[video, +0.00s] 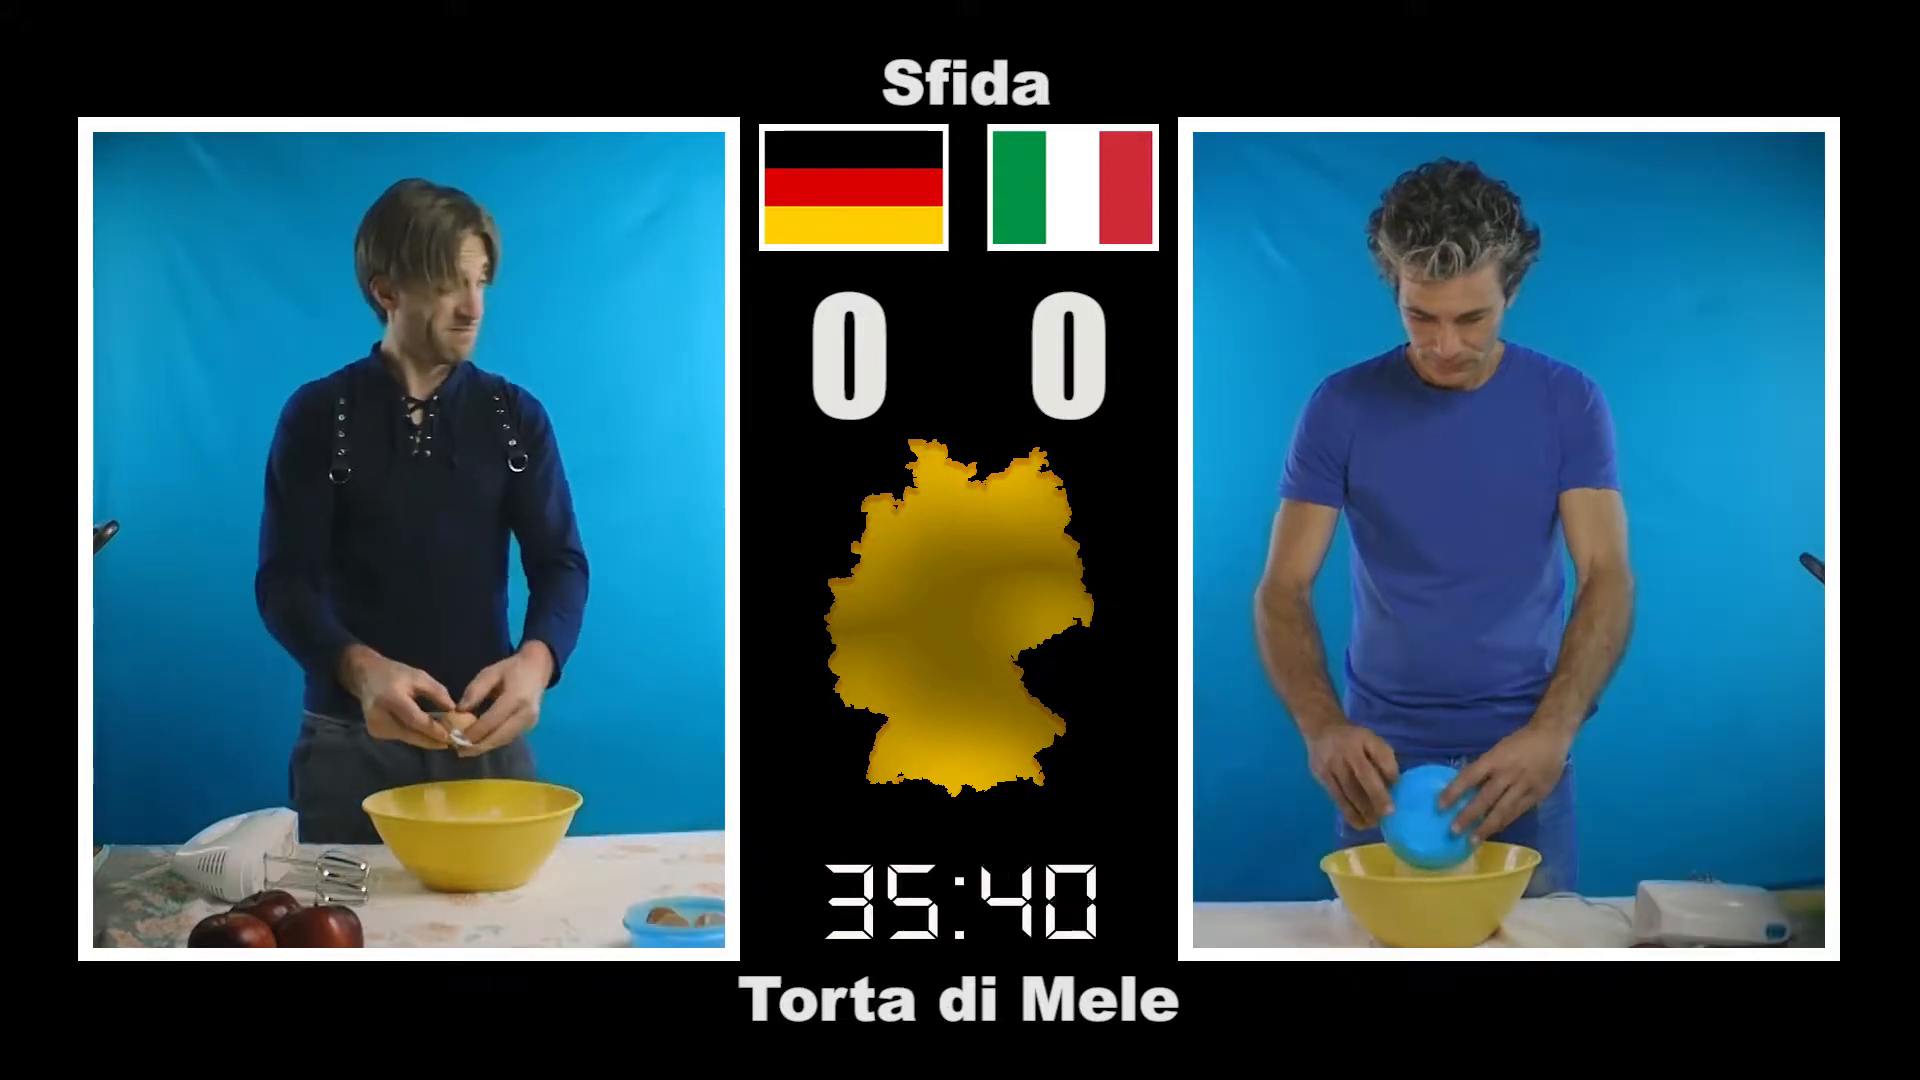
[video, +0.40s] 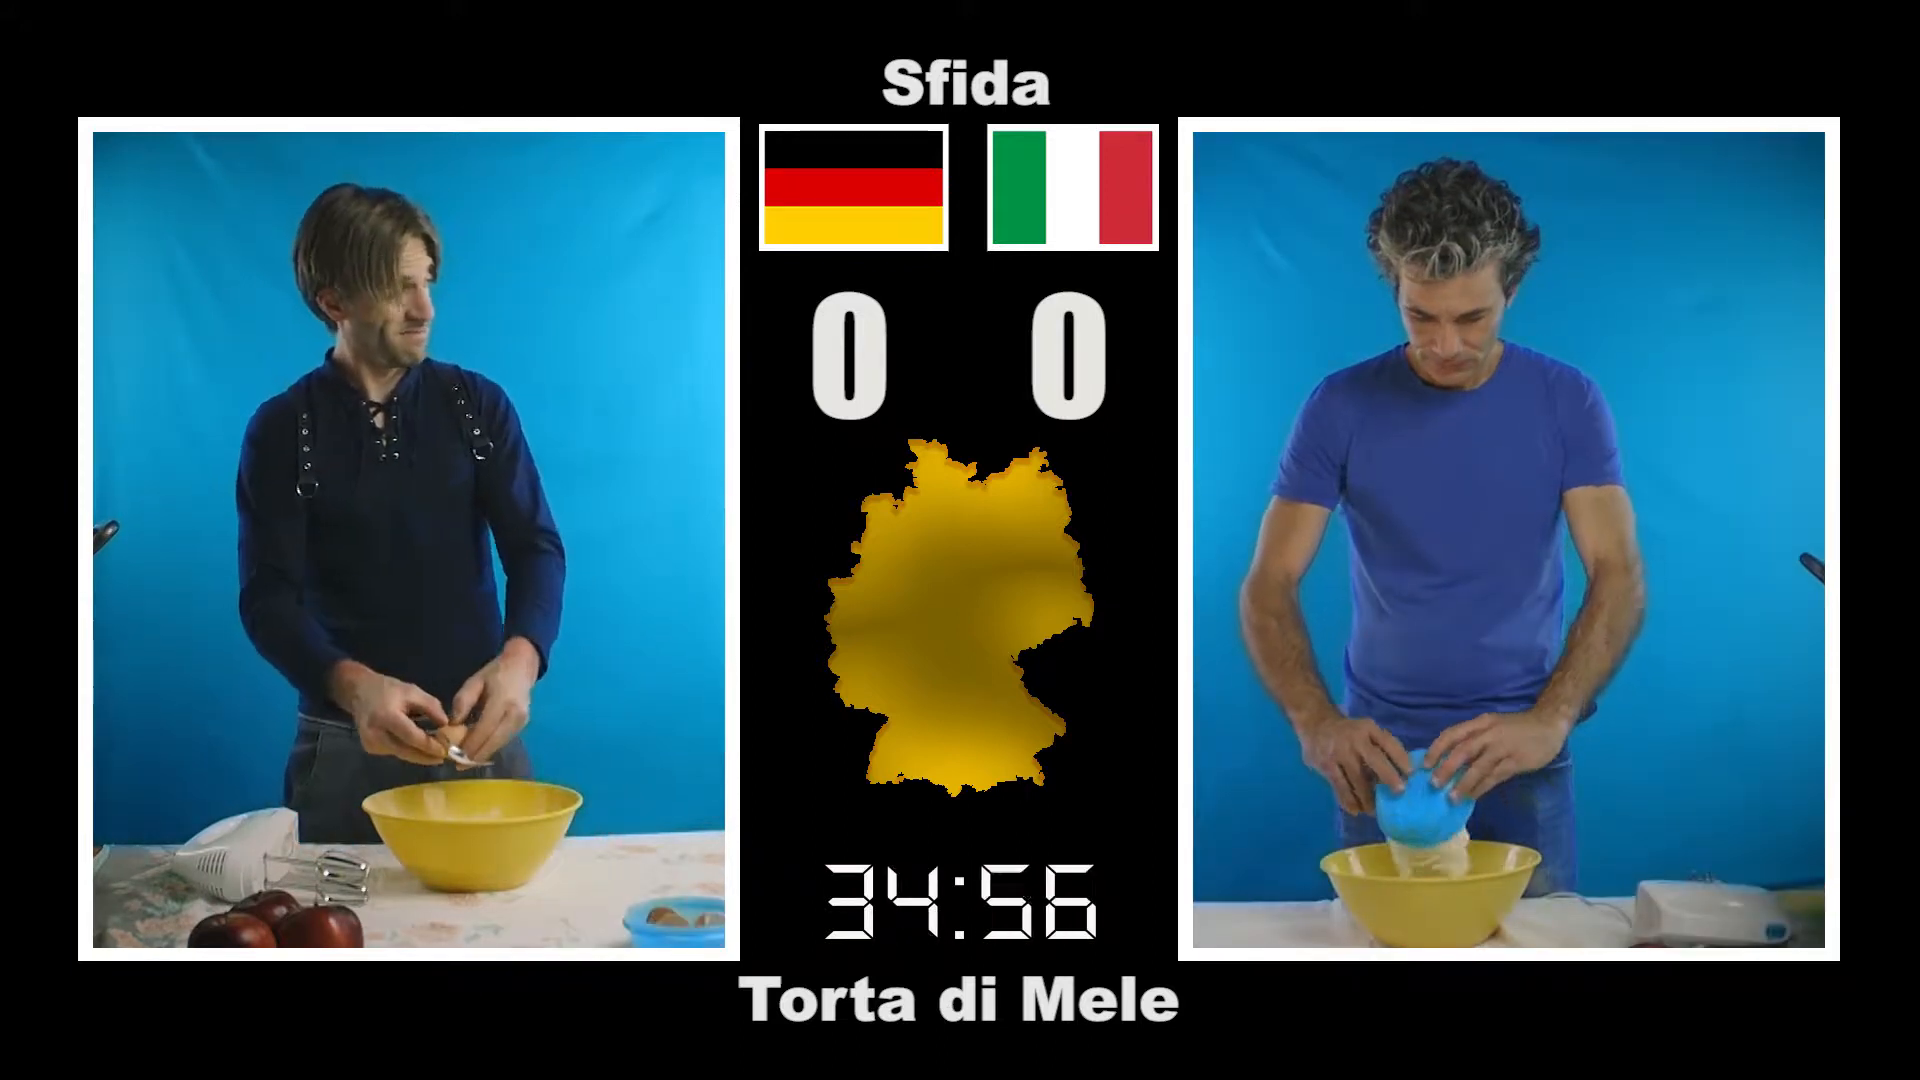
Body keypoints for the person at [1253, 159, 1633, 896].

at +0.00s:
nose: (1447, 344)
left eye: (1471, 317)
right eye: (1423, 317)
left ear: (1508, 292)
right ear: (1397, 292)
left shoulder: (1564, 402)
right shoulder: (1344, 406)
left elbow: (1607, 577)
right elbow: (1283, 591)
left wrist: (1550, 732)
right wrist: (1324, 729)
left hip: (1523, 751)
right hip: (1384, 751)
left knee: (1528, 948)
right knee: (1384, 950)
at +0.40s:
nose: (1447, 344)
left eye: (1472, 317)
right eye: (1423, 317)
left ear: (1507, 292)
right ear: (1396, 292)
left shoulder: (1562, 402)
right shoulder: (1343, 406)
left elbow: (1618, 576)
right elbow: (1269, 587)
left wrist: (1550, 718)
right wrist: (1319, 723)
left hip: (1520, 752)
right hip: (1382, 753)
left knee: (1529, 948)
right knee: (1388, 951)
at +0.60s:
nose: (1507, 353)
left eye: (1533, 325)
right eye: (1482, 325)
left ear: (1567, 298)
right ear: (1454, 298)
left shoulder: (1623, 411)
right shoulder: (1398, 403)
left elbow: (1680, 572)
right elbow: (1341, 582)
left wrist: (1646, 665)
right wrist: (1437, 660)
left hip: (1562, 756)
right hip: (1423, 751)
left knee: (1563, 951)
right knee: (1423, 952)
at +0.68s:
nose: (1507, 350)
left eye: (1532, 323)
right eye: (1482, 323)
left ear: (1566, 297)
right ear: (1455, 297)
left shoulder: (1622, 411)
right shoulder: (1396, 403)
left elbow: (1676, 577)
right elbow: (1339, 574)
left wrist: (1628, 672)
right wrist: (1417, 654)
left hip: (1562, 753)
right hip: (1422, 750)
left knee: (1560, 950)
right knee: (1420, 950)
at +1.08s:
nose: (1503, 347)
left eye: (1528, 321)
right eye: (1480, 320)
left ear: (1564, 298)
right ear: (1452, 294)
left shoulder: (1617, 413)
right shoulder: (1391, 401)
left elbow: (1648, 597)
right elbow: (1335, 555)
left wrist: (1546, 714)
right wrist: (1368, 647)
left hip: (1558, 760)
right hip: (1415, 756)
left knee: (1555, 952)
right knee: (1407, 951)